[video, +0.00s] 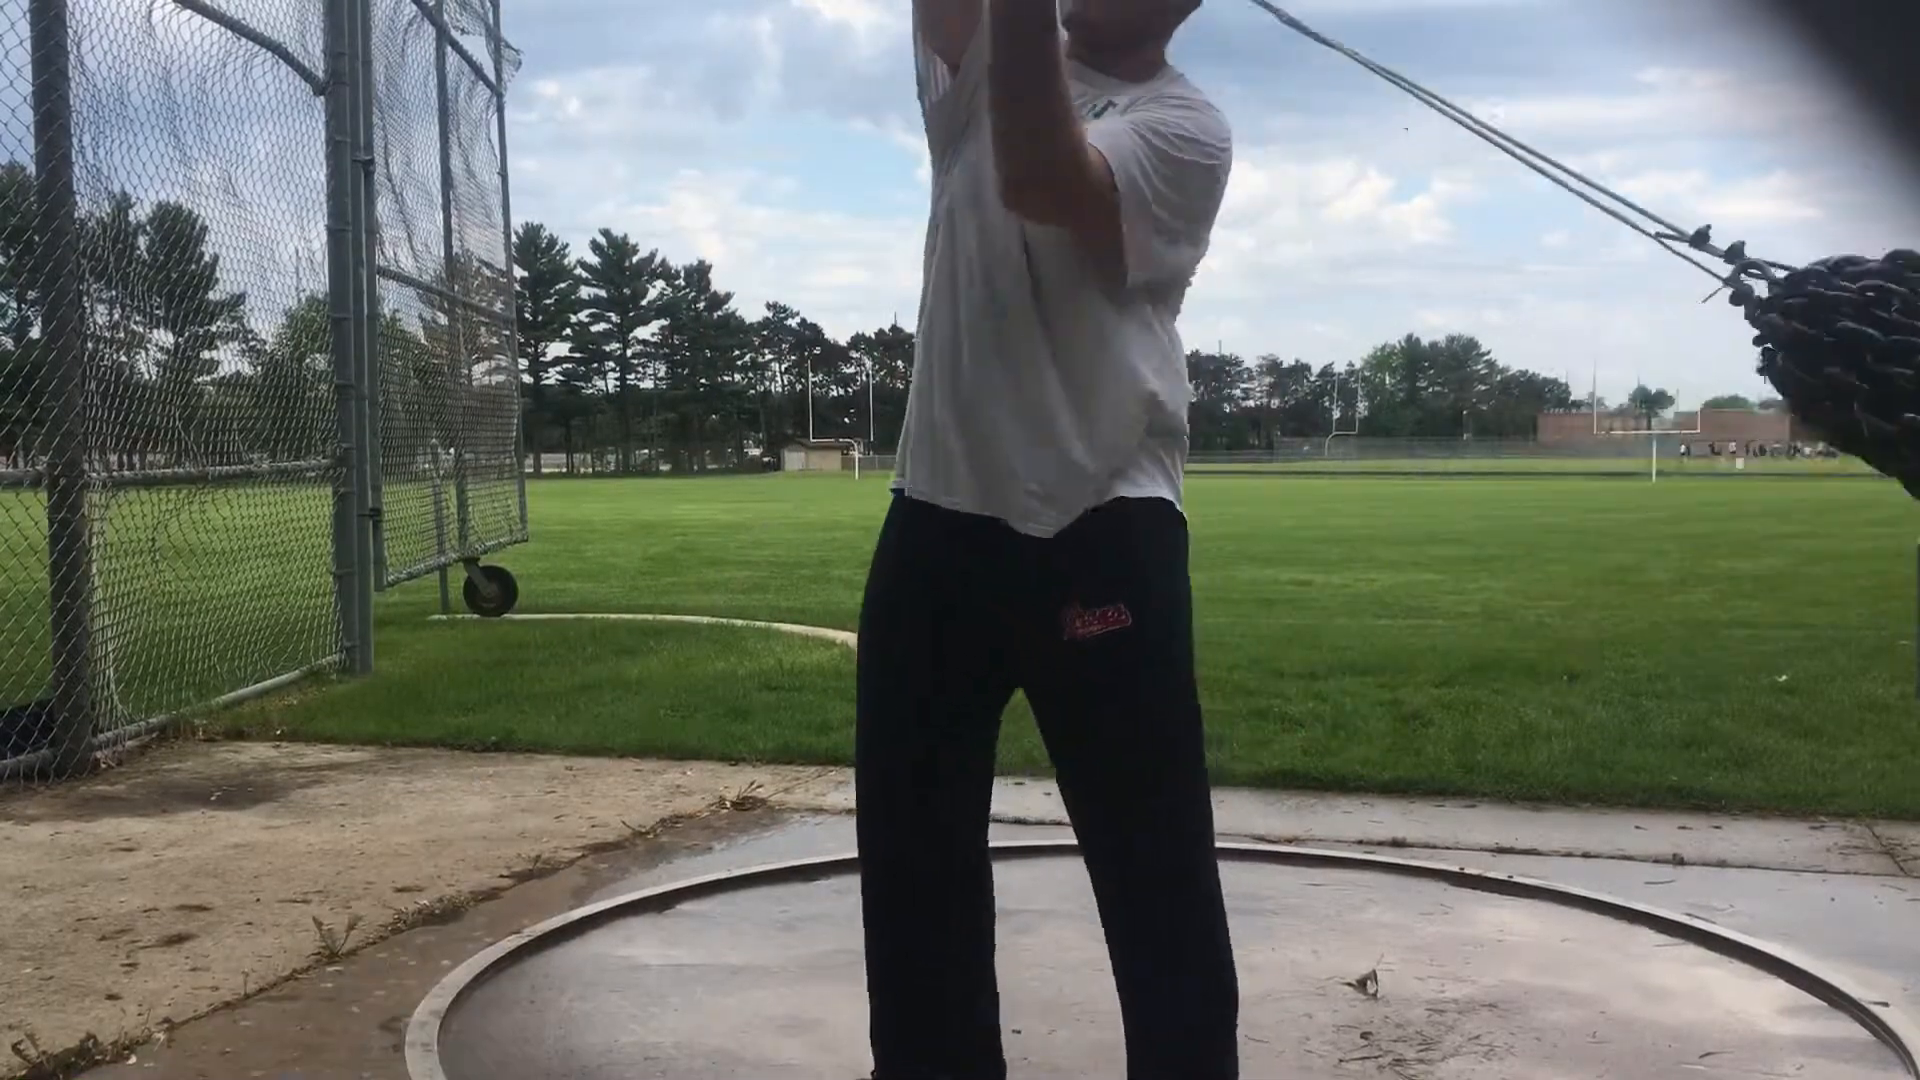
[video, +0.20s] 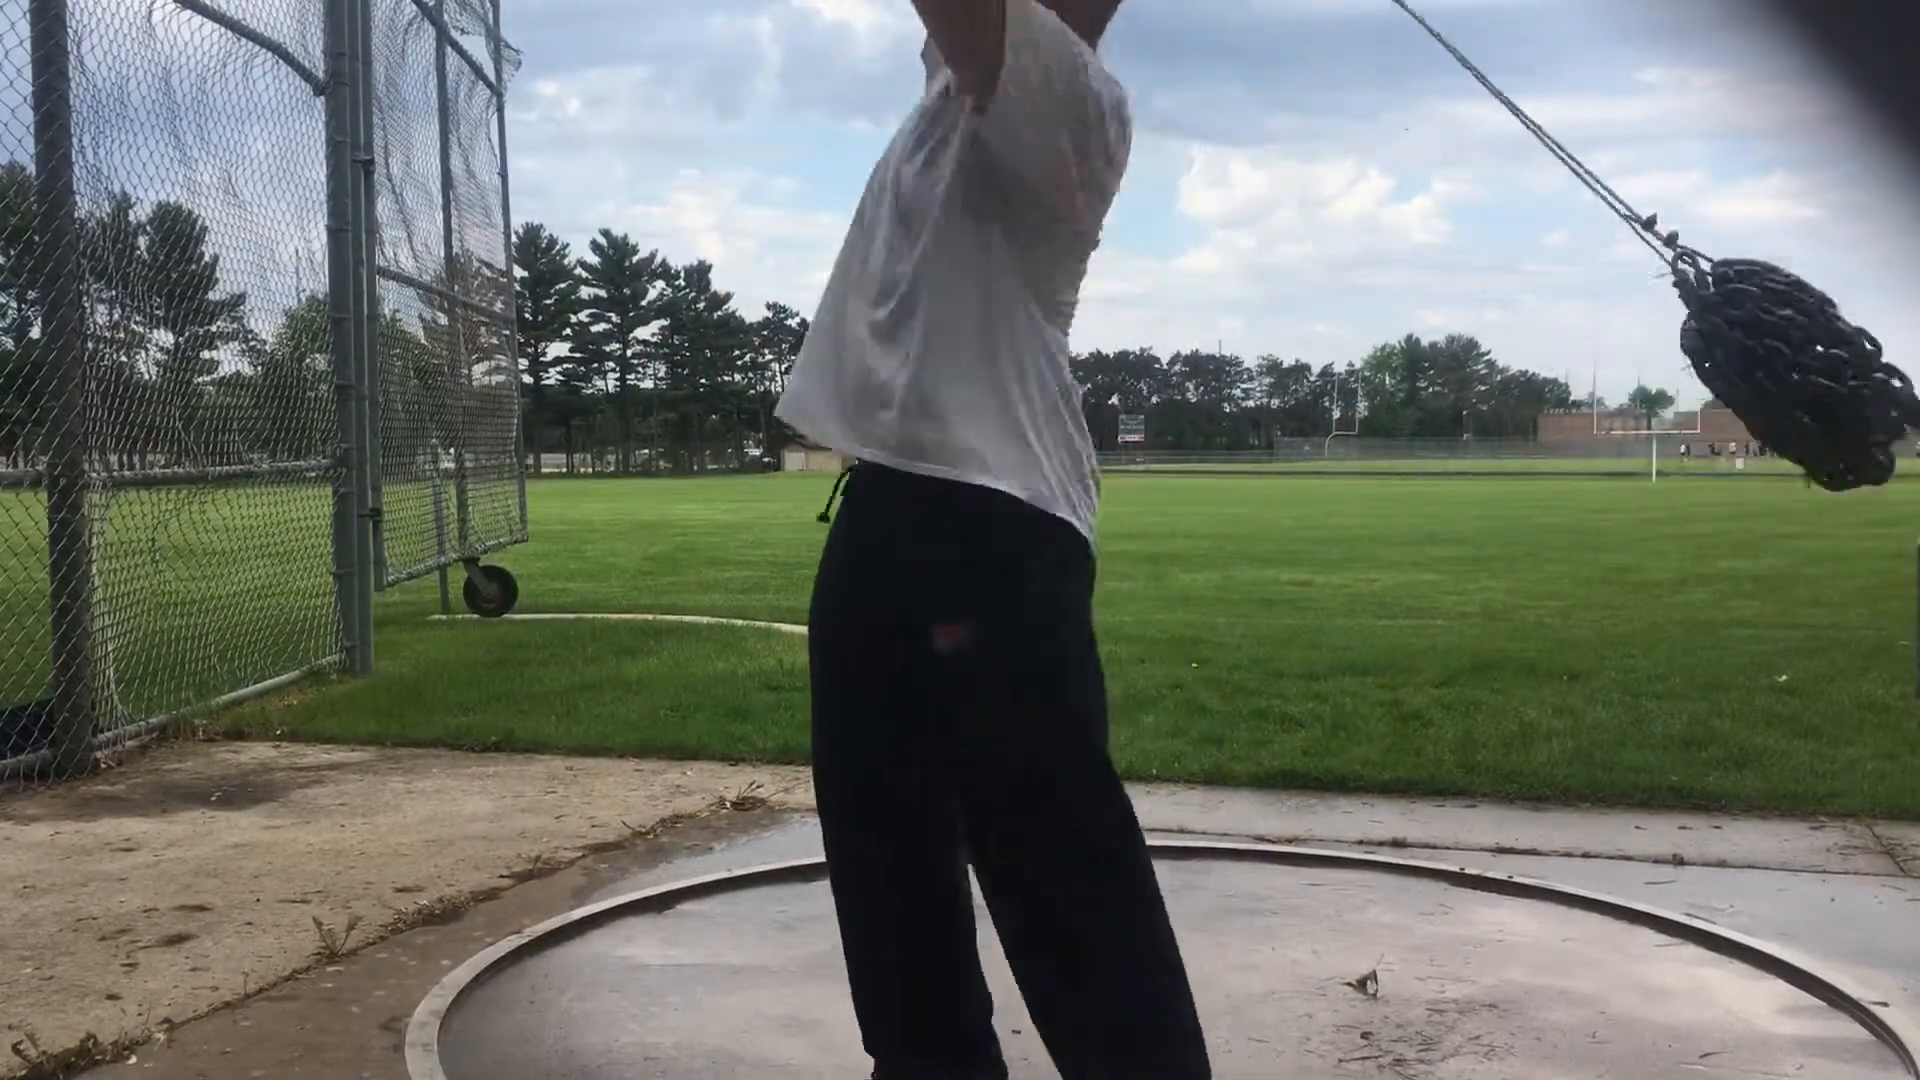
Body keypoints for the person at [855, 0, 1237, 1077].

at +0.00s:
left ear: (1184, 6)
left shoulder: (1186, 130)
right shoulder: (983, 73)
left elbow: (1038, 179)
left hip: (1103, 530)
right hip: (937, 520)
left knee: (1157, 900)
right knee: (916, 899)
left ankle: (1186, 1068)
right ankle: (932, 1071)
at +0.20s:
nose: (977, 12)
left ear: (1061, 1)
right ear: (1095, 7)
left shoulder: (1069, 96)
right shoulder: (968, 90)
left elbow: (951, 8)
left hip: (992, 511)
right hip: (884, 502)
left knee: (1060, 867)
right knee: (888, 867)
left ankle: (1140, 1059)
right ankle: (930, 1059)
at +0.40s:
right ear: (1052, 18)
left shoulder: (932, 37)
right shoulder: (1055, 123)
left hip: (901, 472)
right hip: (970, 483)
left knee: (967, 828)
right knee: (889, 837)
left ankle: (1144, 1063)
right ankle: (930, 1061)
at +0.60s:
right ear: (1054, 19)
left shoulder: (886, 29)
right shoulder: (1074, 168)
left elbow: (807, 68)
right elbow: (1012, 329)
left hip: (899, 461)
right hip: (1003, 493)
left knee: (947, 820)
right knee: (918, 824)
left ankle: (1145, 1065)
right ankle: (937, 1063)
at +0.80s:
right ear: (1069, 17)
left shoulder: (902, 39)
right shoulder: (1104, 148)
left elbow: (814, 201)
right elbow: (1054, 322)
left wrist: (862, 317)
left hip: (944, 483)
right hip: (1045, 497)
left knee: (992, 830)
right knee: (919, 829)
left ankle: (1129, 1065)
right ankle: (937, 1062)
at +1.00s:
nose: (960, 13)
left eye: (970, 3)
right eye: (965, 6)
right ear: (1087, 7)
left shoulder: (990, 66)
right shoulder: (1117, 110)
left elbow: (814, 241)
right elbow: (980, 324)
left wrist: (750, 329)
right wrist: (788, 352)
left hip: (1041, 523)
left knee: (1061, 862)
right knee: (947, 859)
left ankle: (1141, 1064)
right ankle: (940, 1064)